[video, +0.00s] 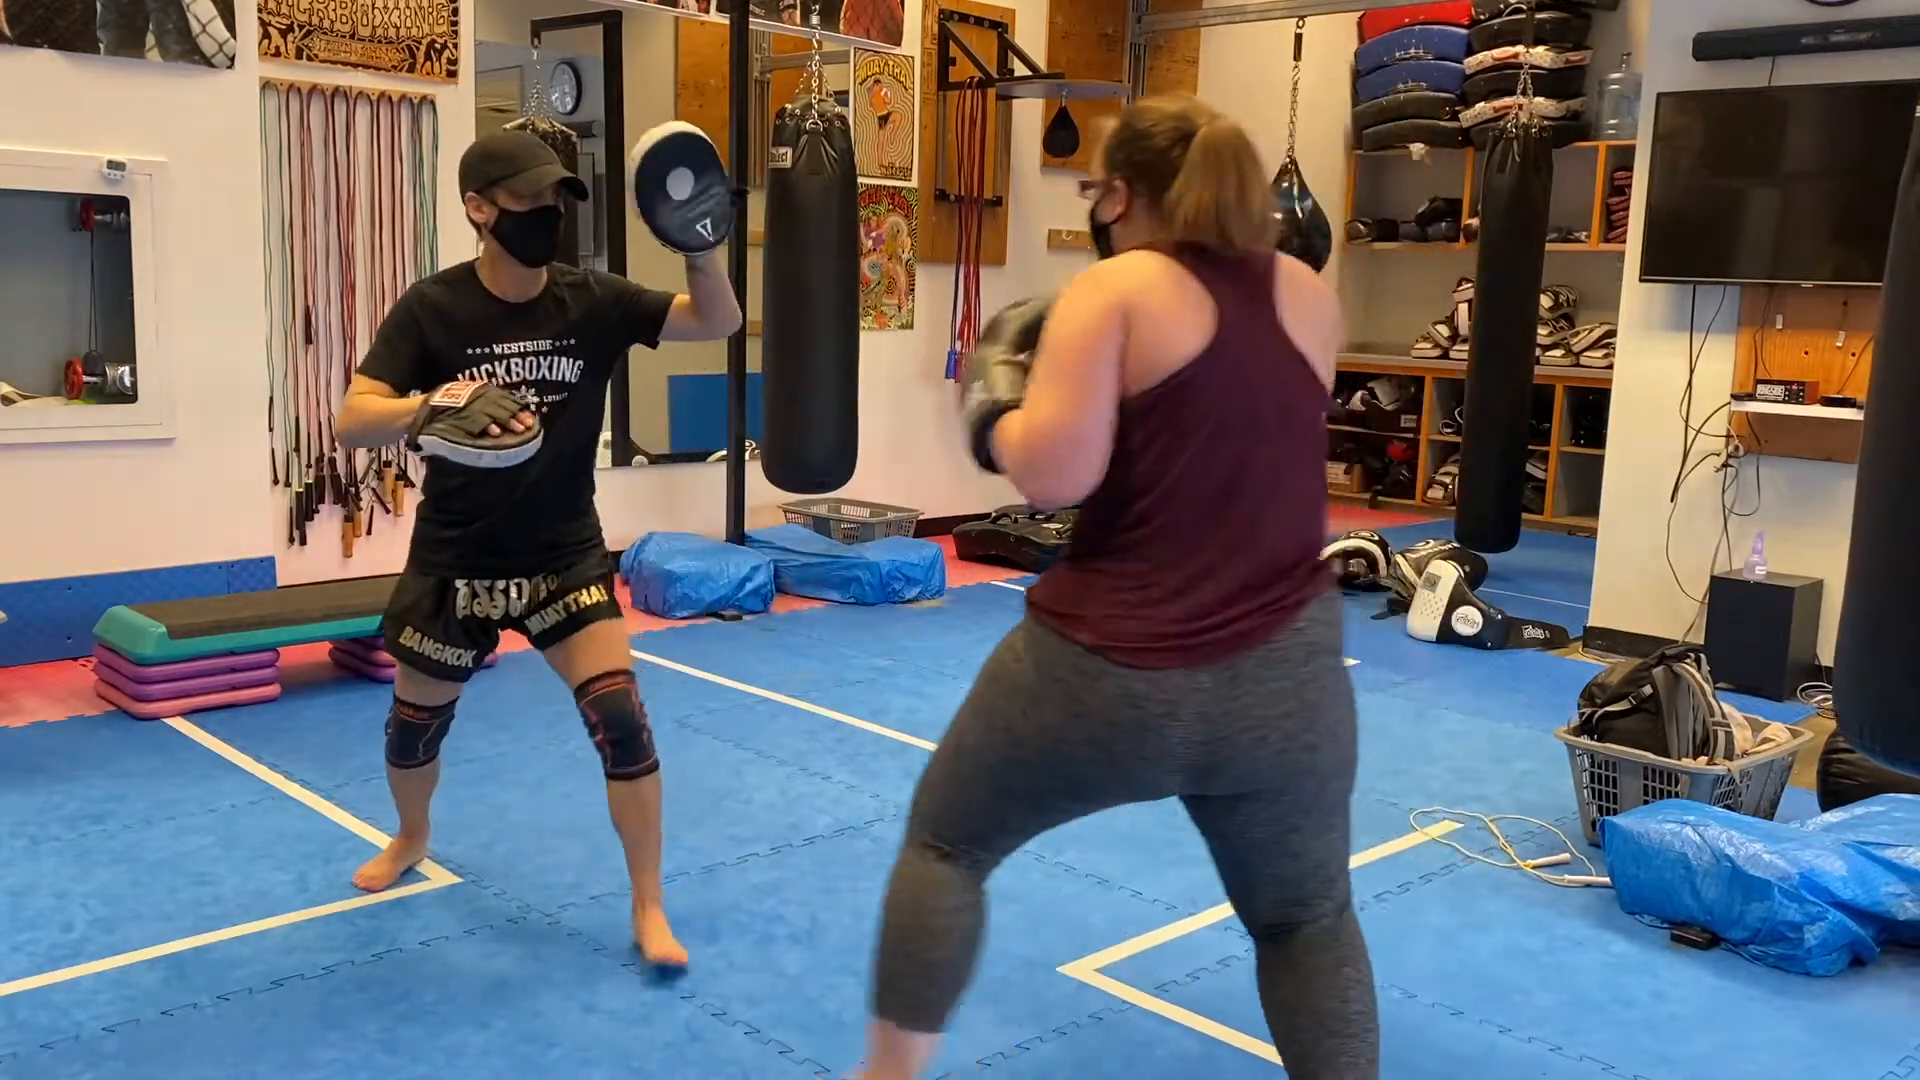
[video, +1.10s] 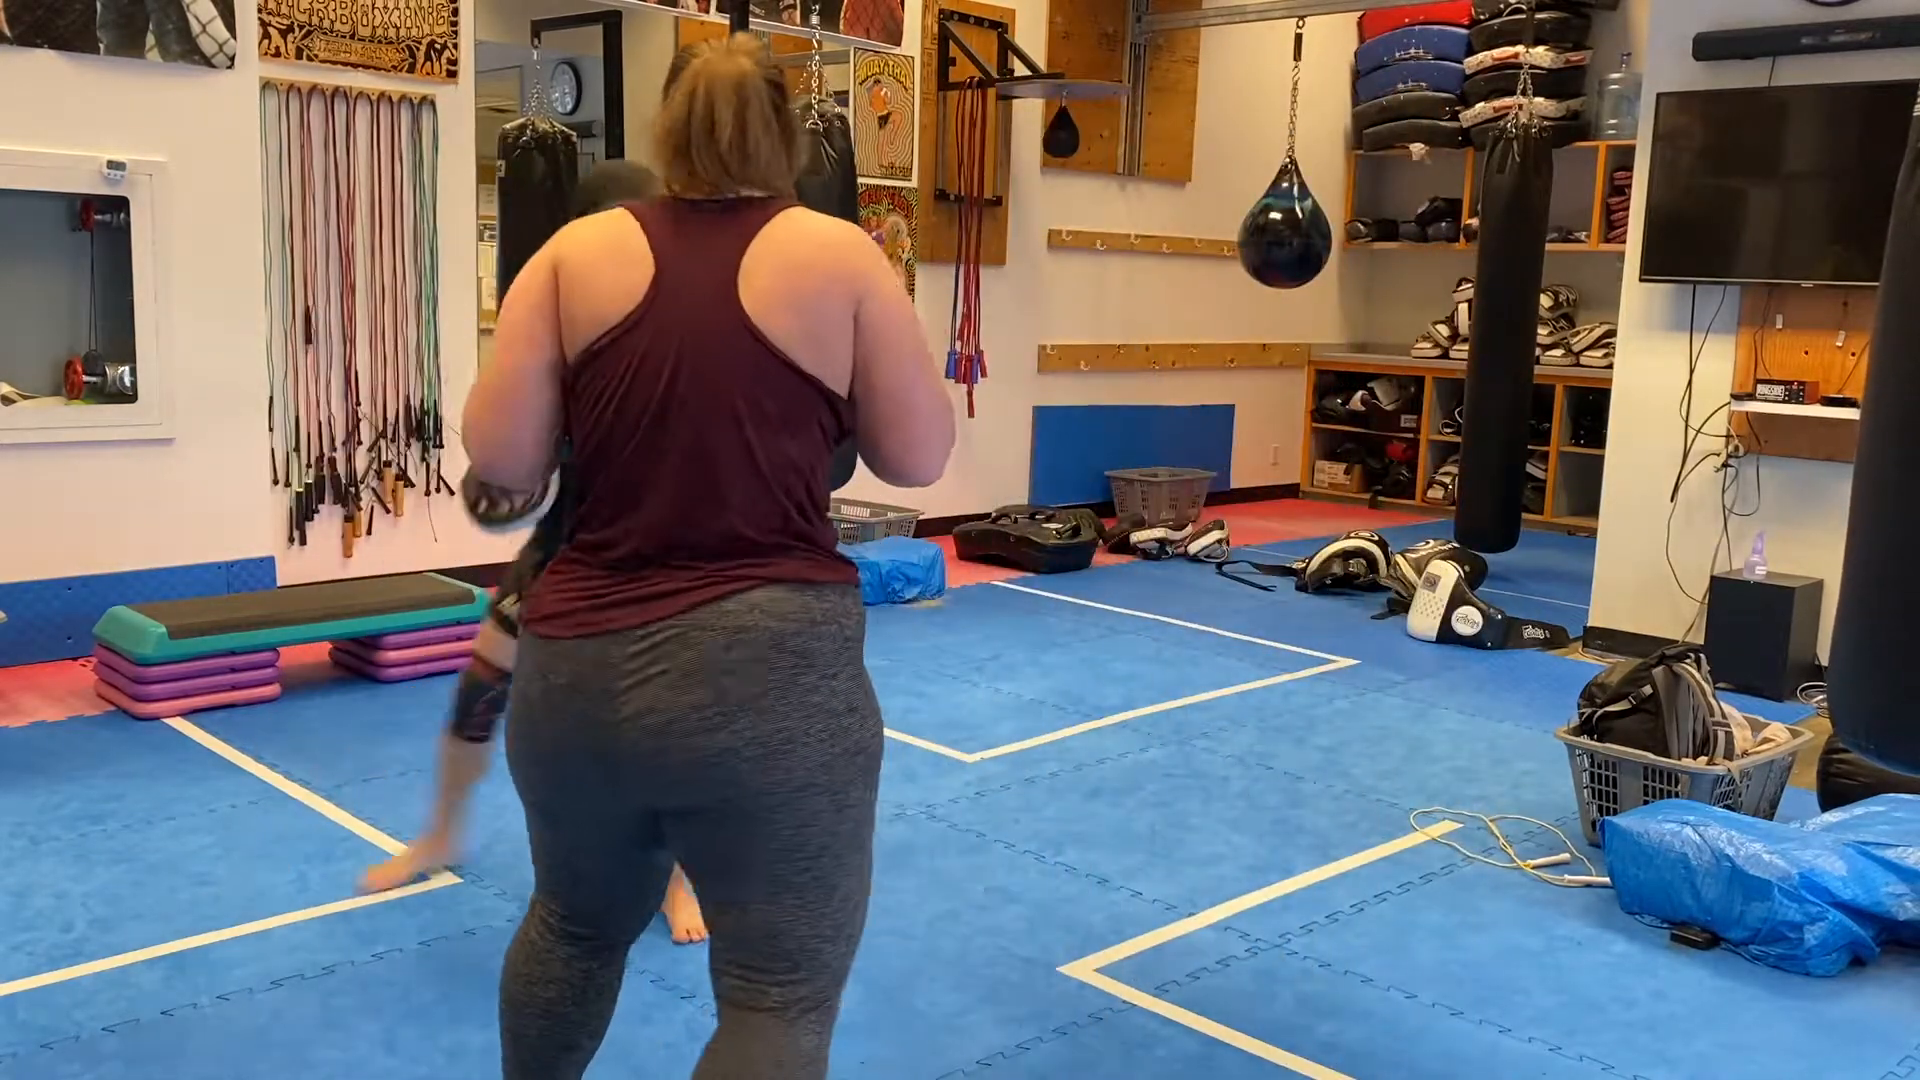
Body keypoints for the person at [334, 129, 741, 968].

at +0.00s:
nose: (552, 217)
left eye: (559, 201)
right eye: (531, 203)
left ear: (570, 200)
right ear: (480, 206)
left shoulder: (594, 303)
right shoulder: (431, 309)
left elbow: (717, 319)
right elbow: (353, 419)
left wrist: (698, 232)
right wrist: (430, 408)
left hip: (563, 549)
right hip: (451, 556)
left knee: (621, 719)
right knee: (413, 725)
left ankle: (650, 906)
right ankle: (410, 840)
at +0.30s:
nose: (550, 246)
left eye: (558, 229)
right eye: (529, 231)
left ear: (570, 225)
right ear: (479, 228)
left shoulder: (599, 321)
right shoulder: (428, 329)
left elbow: (717, 338)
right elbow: (339, 439)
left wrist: (744, 278)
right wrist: (387, 446)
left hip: (563, 576)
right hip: (445, 576)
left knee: (620, 746)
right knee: (333, 740)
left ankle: (650, 915)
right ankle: (329, 835)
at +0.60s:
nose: (453, 253)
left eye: (463, 236)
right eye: (432, 240)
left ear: (476, 234)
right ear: (384, 238)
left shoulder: (506, 330)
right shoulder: (338, 330)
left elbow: (599, 373)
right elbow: (264, 450)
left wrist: (629, 323)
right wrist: (313, 457)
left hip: (485, 568)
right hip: (366, 573)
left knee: (566, 732)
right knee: (280, 744)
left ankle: (639, 899)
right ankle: (265, 872)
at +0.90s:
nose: (531, 297)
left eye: (541, 279)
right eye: (511, 283)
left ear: (560, 274)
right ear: (481, 284)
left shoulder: (585, 357)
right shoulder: (432, 362)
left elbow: (630, 461)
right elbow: (352, 454)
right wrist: (404, 506)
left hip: (560, 584)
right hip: (441, 586)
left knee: (623, 731)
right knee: (335, 745)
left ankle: (669, 874)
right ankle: (264, 870)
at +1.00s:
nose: (577, 276)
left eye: (592, 257)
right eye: (562, 258)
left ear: (611, 258)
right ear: (532, 259)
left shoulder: (643, 342)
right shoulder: (501, 338)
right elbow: (438, 419)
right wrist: (455, 483)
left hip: (614, 566)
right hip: (514, 558)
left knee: (649, 716)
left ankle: (673, 872)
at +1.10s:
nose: (622, 255)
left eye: (633, 229)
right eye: (606, 233)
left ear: (663, 219)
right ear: (591, 233)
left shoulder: (712, 312)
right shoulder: (574, 301)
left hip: (675, 534)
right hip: (573, 524)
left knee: (679, 692)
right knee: (484, 675)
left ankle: (680, 863)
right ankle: (440, 838)